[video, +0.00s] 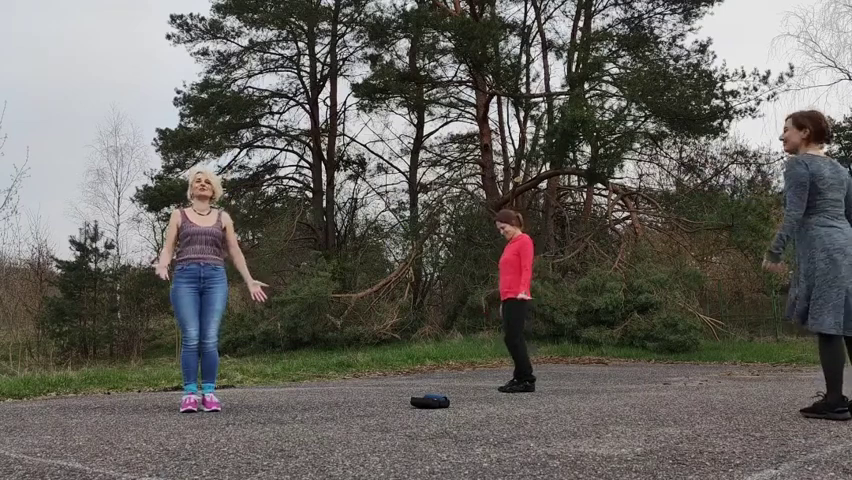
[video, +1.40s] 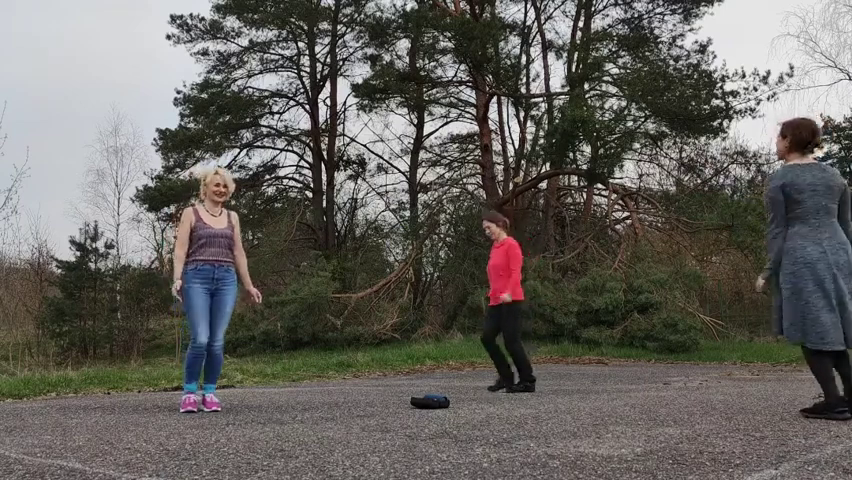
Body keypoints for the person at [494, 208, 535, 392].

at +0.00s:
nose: (502, 232)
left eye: (503, 227)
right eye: (499, 229)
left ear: (514, 224)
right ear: (503, 228)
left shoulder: (524, 241)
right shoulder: (511, 244)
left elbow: (526, 267)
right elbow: (508, 273)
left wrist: (523, 290)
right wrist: (503, 299)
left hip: (518, 297)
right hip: (508, 298)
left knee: (514, 337)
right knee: (511, 337)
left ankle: (525, 379)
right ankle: (520, 377)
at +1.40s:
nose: (487, 232)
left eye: (489, 227)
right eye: (485, 229)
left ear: (500, 225)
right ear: (489, 229)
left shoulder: (511, 245)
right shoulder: (495, 246)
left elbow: (516, 271)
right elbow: (498, 272)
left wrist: (509, 292)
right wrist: (492, 292)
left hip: (511, 300)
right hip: (496, 301)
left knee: (511, 340)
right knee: (487, 338)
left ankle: (527, 380)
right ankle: (506, 377)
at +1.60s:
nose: (473, 230)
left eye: (475, 225)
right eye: (472, 227)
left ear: (486, 222)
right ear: (480, 225)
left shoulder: (495, 240)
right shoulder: (488, 242)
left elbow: (480, 263)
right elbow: (501, 272)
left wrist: (456, 266)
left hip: (497, 298)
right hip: (485, 298)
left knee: (507, 336)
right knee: (472, 334)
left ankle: (525, 377)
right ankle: (467, 378)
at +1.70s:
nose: (465, 230)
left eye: (467, 226)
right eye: (464, 227)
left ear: (478, 223)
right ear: (475, 225)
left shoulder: (485, 241)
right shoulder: (482, 241)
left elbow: (468, 260)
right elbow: (495, 269)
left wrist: (442, 266)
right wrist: (502, 294)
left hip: (487, 298)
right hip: (475, 299)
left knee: (497, 336)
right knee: (466, 336)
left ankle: (521, 375)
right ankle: (467, 380)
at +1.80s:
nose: (456, 230)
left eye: (458, 226)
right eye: (455, 227)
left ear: (469, 224)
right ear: (468, 226)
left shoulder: (475, 244)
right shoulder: (475, 244)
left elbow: (457, 267)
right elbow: (484, 275)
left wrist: (434, 276)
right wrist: (487, 300)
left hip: (472, 300)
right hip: (466, 300)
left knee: (474, 340)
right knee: (463, 341)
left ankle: (509, 369)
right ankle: (468, 382)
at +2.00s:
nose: (437, 229)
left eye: (439, 225)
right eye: (436, 225)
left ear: (449, 224)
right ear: (446, 226)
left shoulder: (458, 244)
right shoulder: (445, 246)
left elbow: (456, 275)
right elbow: (440, 279)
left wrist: (450, 299)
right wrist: (427, 300)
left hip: (452, 300)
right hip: (443, 299)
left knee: (430, 335)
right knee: (456, 340)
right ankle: (467, 382)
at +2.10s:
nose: (426, 227)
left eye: (429, 223)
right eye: (426, 224)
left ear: (440, 223)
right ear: (435, 225)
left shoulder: (448, 244)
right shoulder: (433, 246)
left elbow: (457, 271)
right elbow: (425, 278)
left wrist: (460, 299)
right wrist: (406, 295)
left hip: (441, 299)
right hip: (434, 299)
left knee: (421, 337)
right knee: (447, 338)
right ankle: (465, 378)